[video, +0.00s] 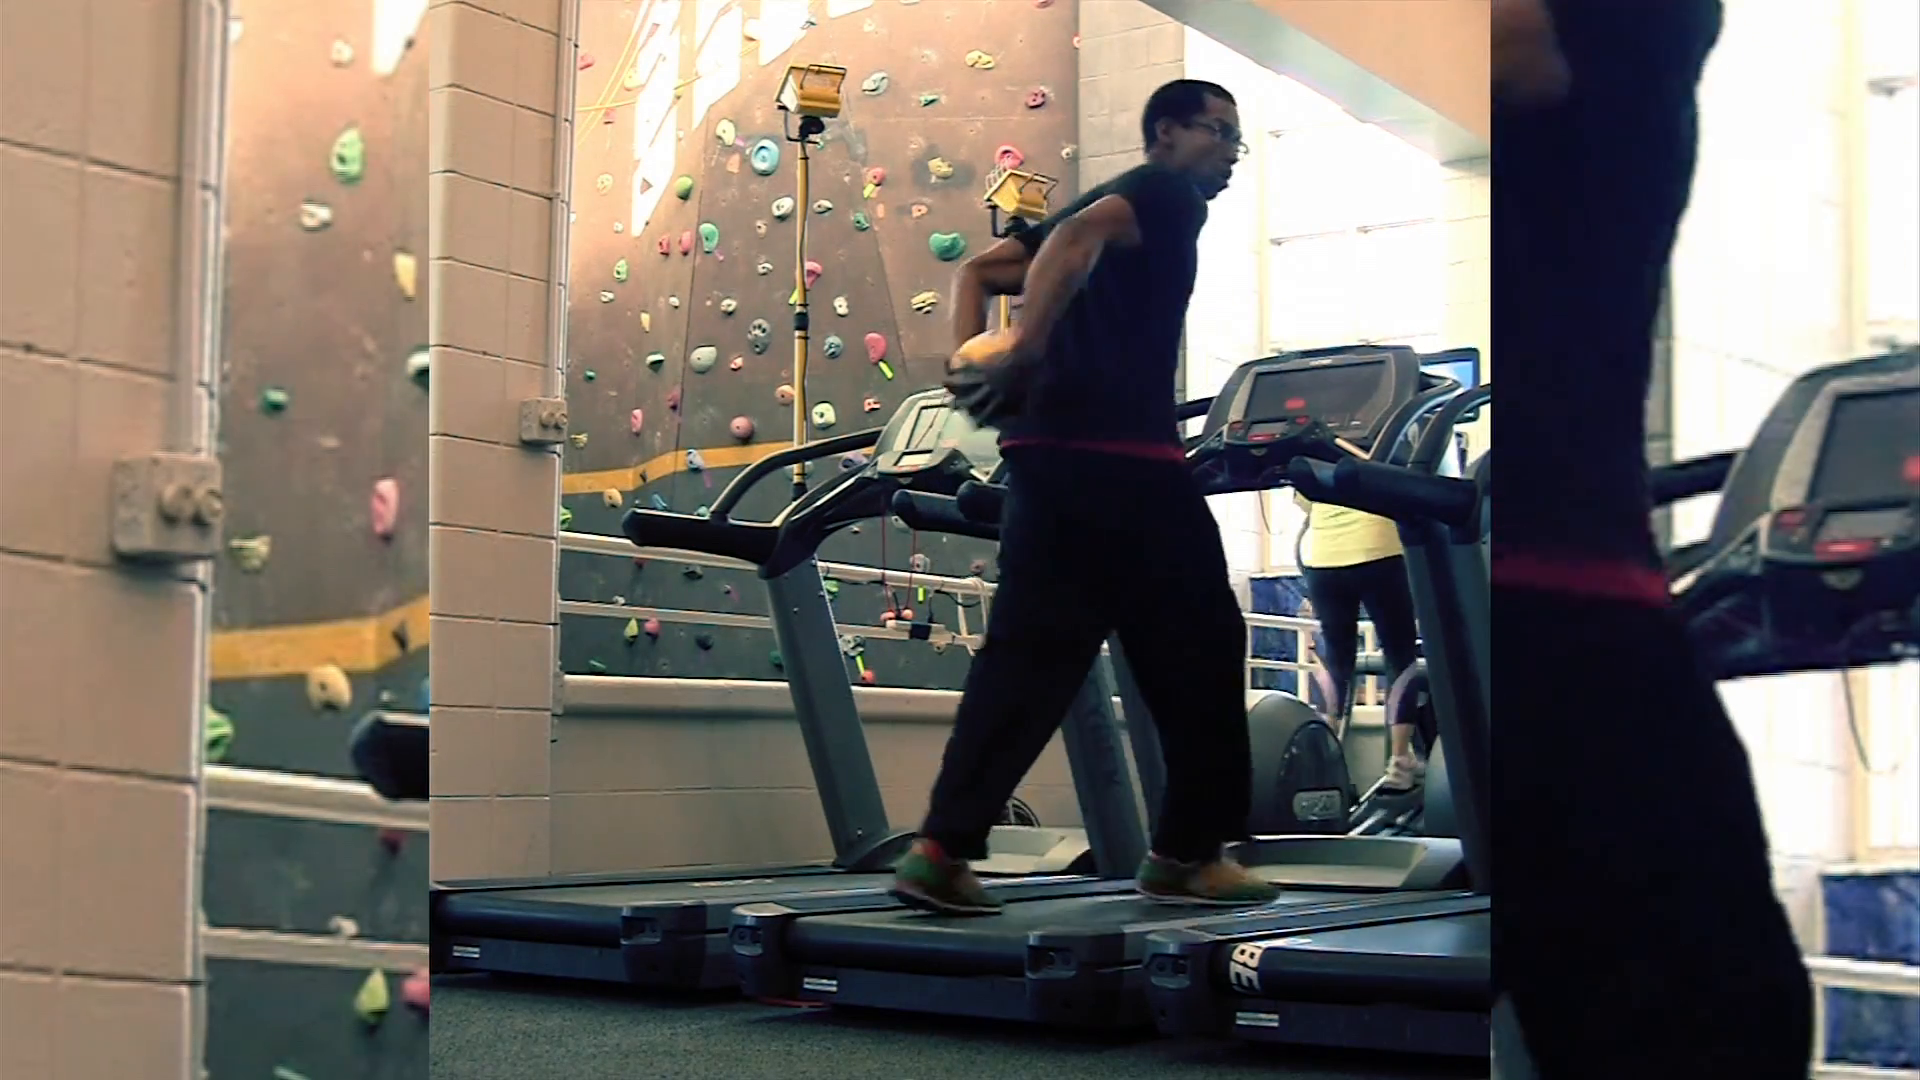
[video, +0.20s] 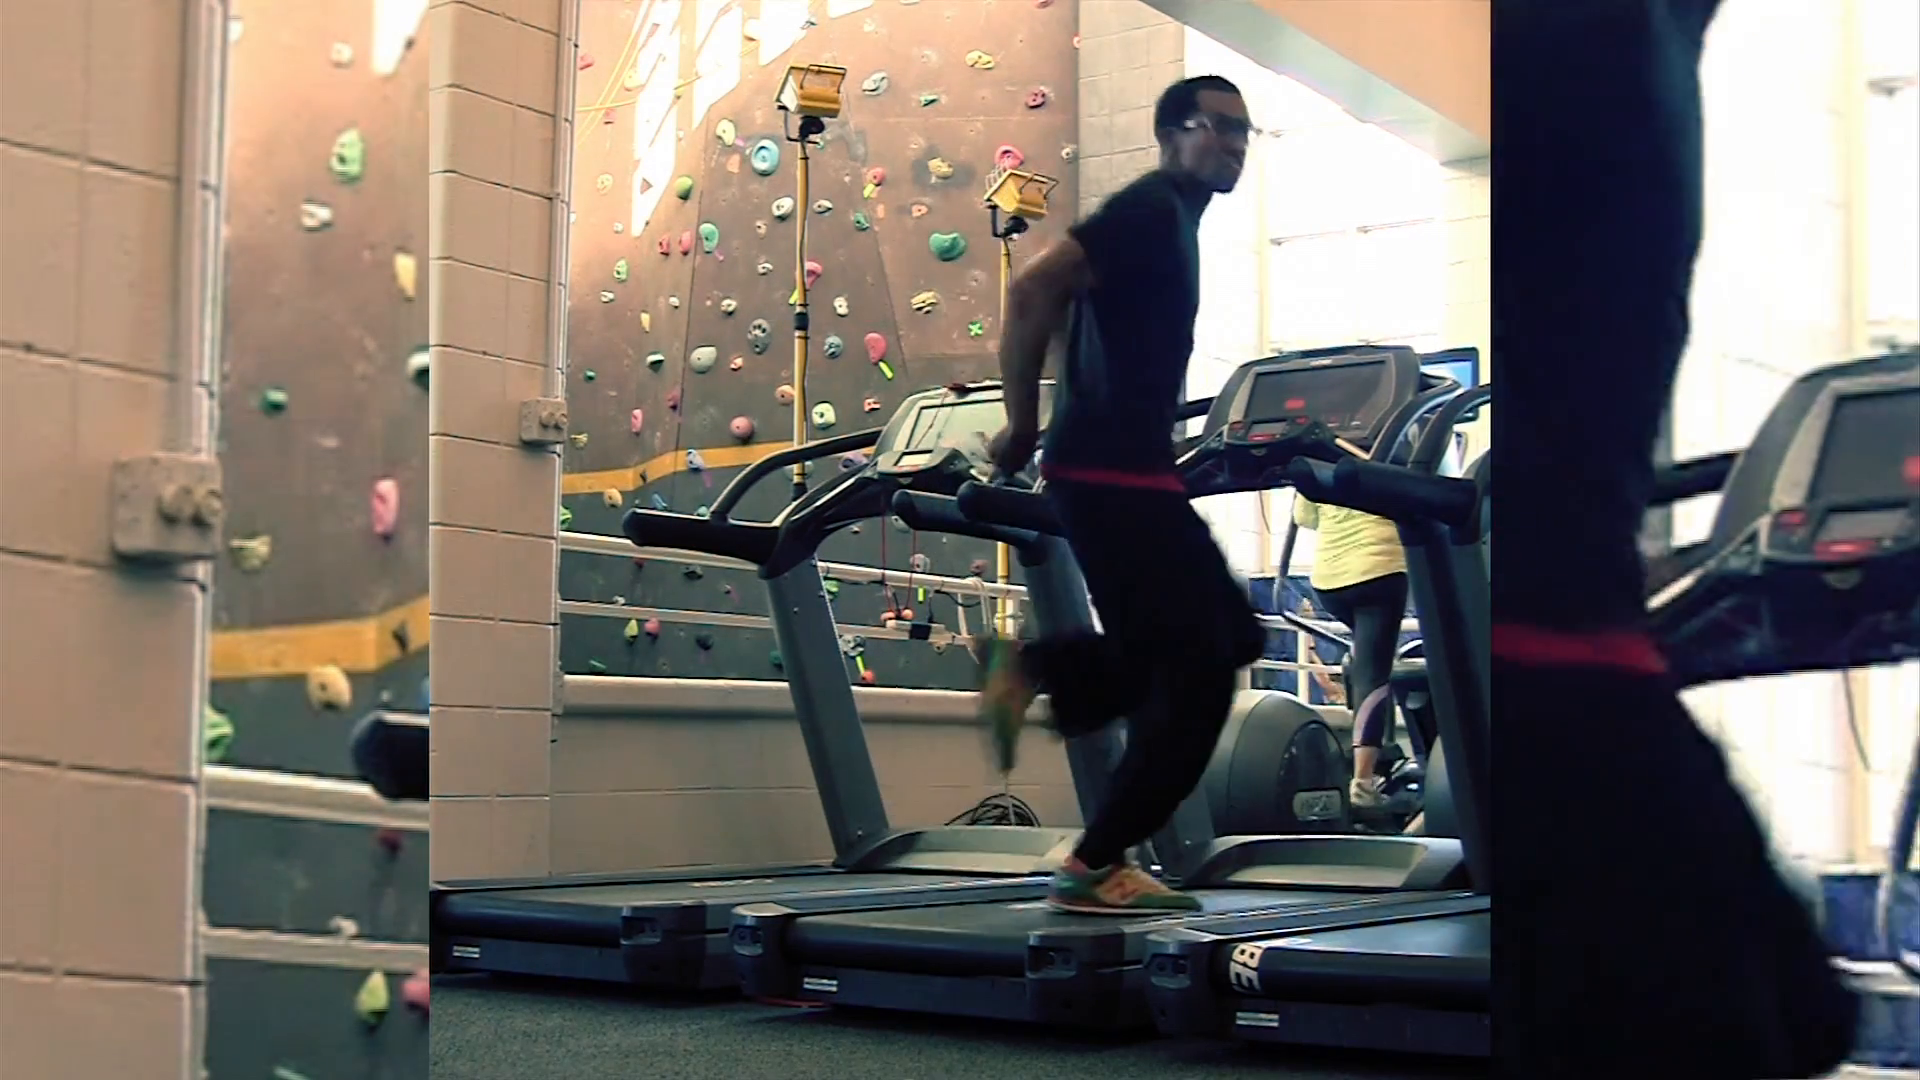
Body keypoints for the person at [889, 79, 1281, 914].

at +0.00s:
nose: (1234, 150)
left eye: (1237, 138)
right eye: (1220, 132)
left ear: (1169, 142)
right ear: (1167, 131)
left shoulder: (1101, 205)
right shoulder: (1170, 189)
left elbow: (978, 270)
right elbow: (1079, 235)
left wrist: (964, 366)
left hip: (1052, 475)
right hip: (1133, 474)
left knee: (1029, 654)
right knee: (1204, 647)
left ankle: (942, 848)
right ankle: (1189, 853)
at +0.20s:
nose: (1239, 145)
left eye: (1244, 133)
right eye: (1223, 128)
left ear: (1230, 145)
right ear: (1176, 135)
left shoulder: (1168, 216)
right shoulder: (1152, 206)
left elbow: (1066, 304)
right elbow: (1034, 283)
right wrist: (1021, 421)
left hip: (1121, 478)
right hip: (1114, 481)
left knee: (1181, 653)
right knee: (1212, 650)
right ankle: (1096, 861)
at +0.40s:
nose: (1147, 5)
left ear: (1182, 4)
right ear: (1112, 2)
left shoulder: (1217, 81)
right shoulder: (1069, 71)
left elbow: (1266, 174)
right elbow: (976, 169)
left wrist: (1330, 176)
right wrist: (1001, 252)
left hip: (1173, 342)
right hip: (1074, 342)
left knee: (1223, 494)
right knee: (1063, 540)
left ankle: (1128, 633)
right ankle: (1040, 741)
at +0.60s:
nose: (1054, 29)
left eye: (1068, 11)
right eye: (1048, 17)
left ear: (1124, 7)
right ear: (1054, 26)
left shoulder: (1207, 76)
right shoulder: (1057, 107)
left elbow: (1317, 117)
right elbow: (1010, 222)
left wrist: (1374, 123)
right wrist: (951, 257)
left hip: (1173, 359)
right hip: (1081, 331)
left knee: (1164, 569)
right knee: (958, 364)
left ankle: (1209, 803)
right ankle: (986, 577)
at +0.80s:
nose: (1029, 128)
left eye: (1039, 107)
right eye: (1028, 111)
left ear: (1085, 102)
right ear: (1081, 108)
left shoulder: (1181, 183)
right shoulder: (1088, 214)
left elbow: (1263, 271)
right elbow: (1102, 351)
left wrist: (1299, 329)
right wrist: (1023, 391)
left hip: (1161, 455)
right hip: (1084, 455)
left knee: (1102, 650)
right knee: (1001, 644)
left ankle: (1139, 871)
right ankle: (1127, 776)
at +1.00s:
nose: (1032, 128)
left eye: (1037, 109)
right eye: (1031, 112)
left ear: (1073, 100)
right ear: (1117, 103)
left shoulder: (1094, 190)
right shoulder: (1190, 191)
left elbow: (1065, 342)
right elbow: (1252, 316)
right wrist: (1181, 371)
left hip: (1111, 448)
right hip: (1193, 447)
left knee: (1048, 628)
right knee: (1182, 631)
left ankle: (1034, 859)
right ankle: (1214, 845)